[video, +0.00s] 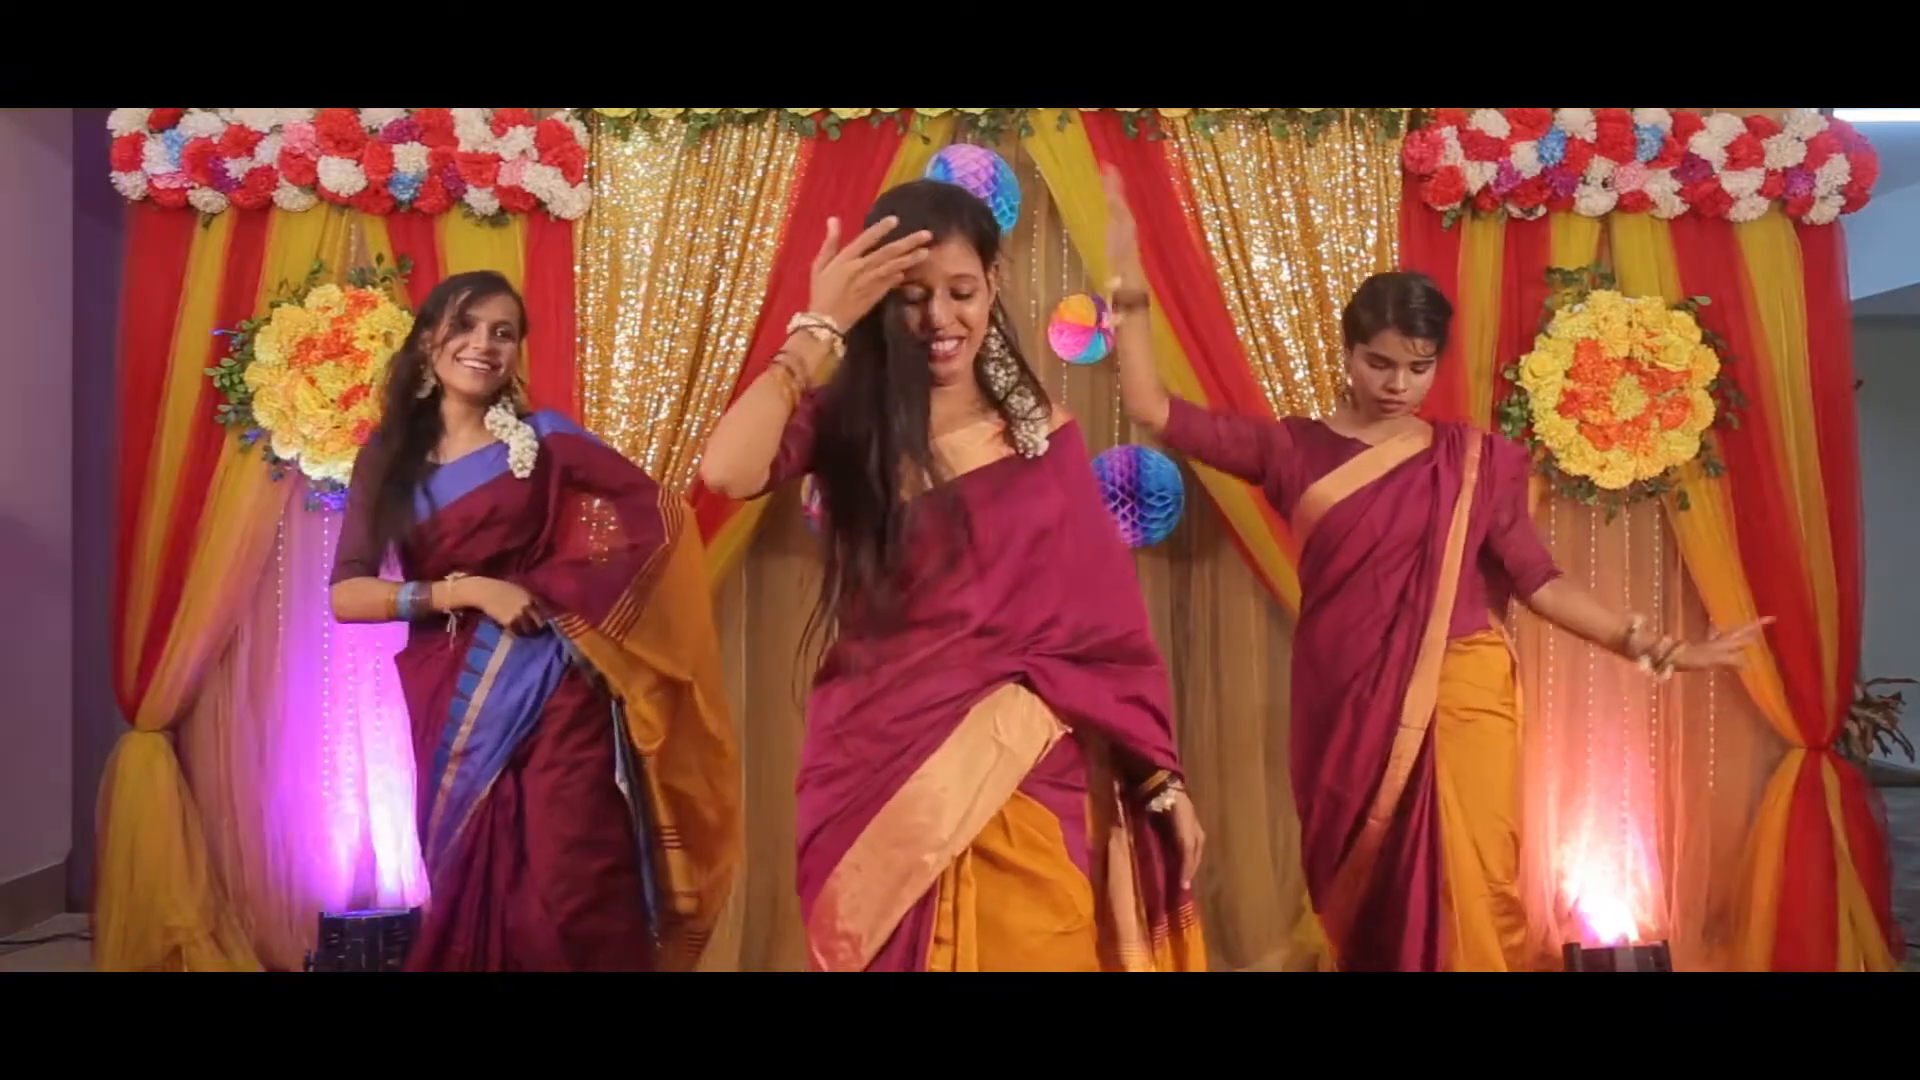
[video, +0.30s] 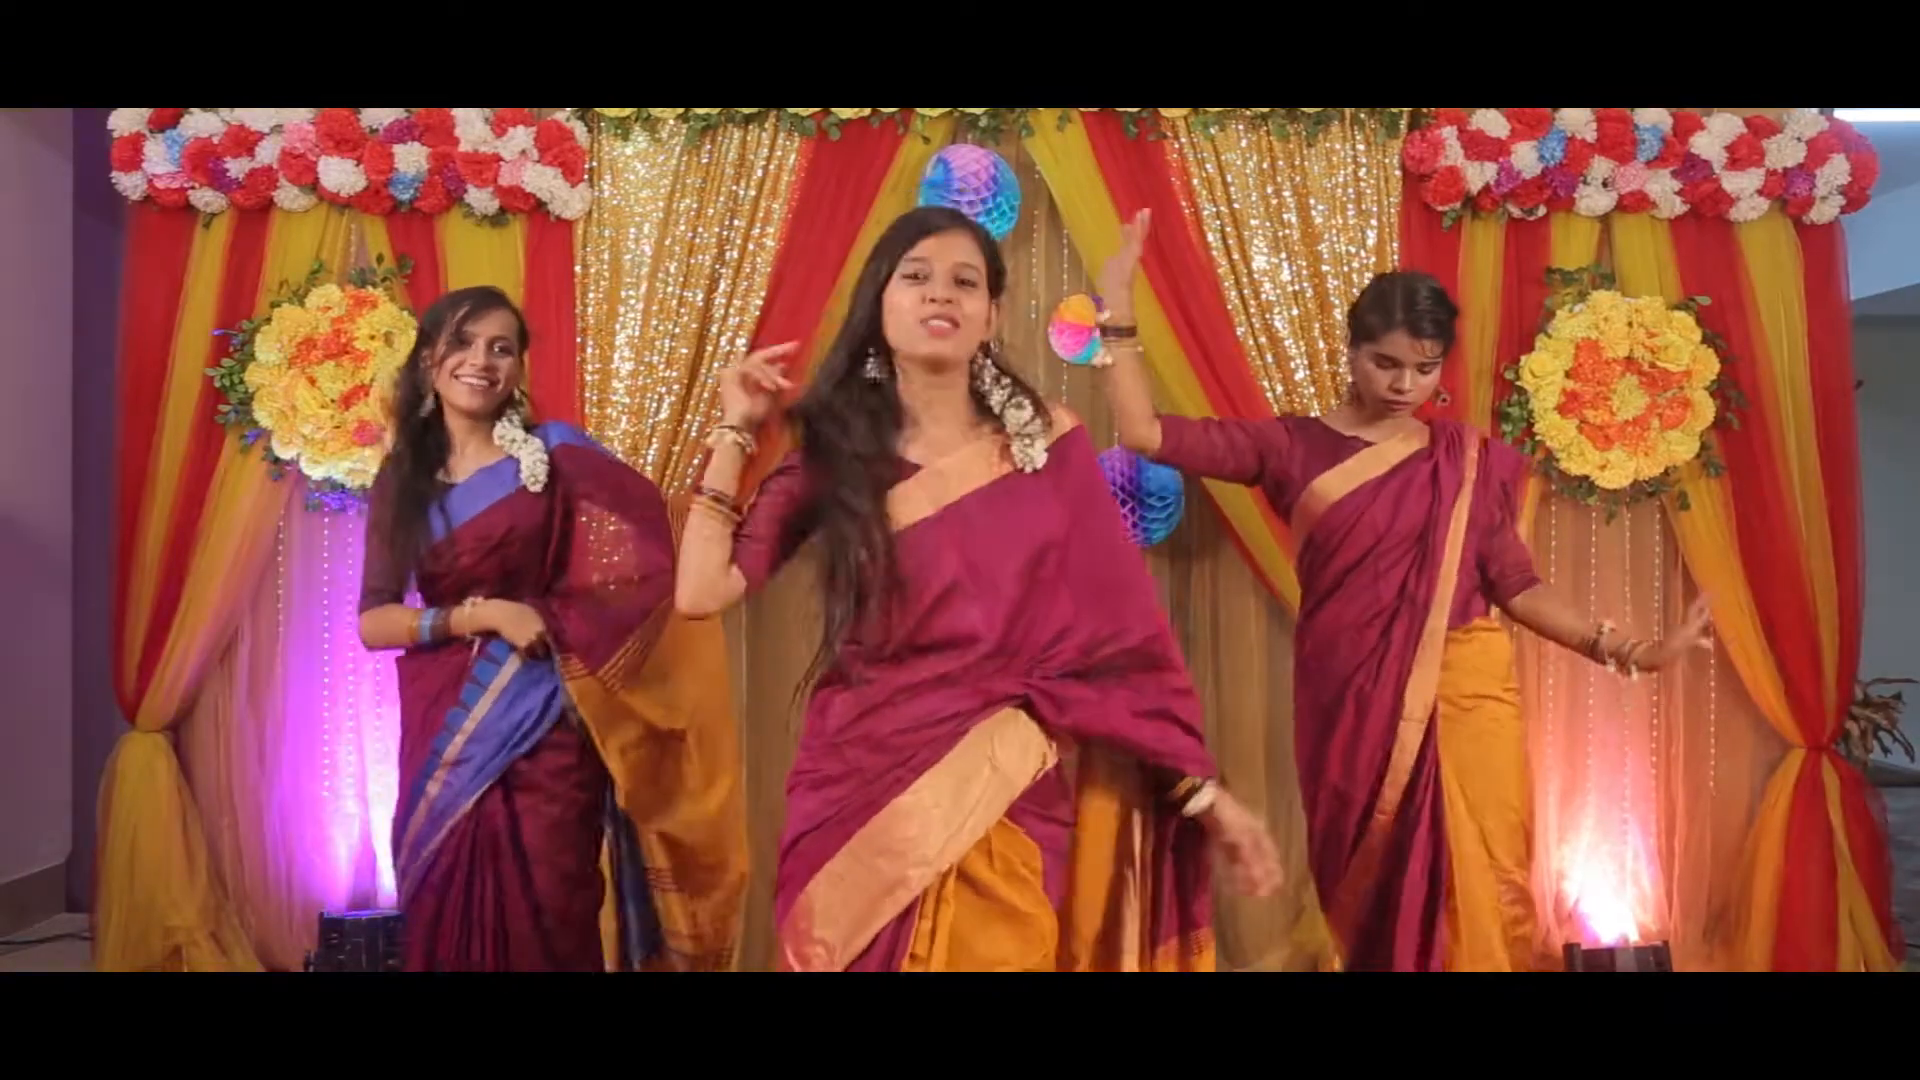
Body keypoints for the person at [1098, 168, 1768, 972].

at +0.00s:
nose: (1398, 385)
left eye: (1417, 367)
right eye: (1380, 363)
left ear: (1439, 364)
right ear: (1345, 354)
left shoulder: (1476, 459)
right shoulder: (1292, 447)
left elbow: (1541, 583)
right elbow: (1153, 411)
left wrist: (1641, 642)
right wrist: (1127, 316)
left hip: (1466, 691)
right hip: (1350, 702)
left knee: (1471, 895)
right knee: (1362, 902)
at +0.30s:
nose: (1402, 384)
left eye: (1422, 368)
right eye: (1386, 363)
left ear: (1443, 362)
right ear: (1349, 348)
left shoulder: (1470, 458)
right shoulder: (1297, 446)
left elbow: (1519, 588)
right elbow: (1143, 432)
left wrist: (1629, 650)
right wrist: (1114, 315)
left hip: (1473, 691)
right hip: (1354, 700)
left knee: (1483, 891)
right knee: (1368, 898)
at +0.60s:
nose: (1406, 385)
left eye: (1424, 367)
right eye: (1387, 364)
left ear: (1443, 366)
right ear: (1350, 363)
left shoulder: (1475, 457)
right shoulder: (1304, 466)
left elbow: (1566, 546)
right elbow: (1171, 499)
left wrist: (1555, 637)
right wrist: (1221, 392)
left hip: (1469, 698)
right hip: (1350, 706)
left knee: (1469, 896)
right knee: (1352, 905)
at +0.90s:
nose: (1405, 370)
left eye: (1424, 352)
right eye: (1387, 350)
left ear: (1443, 353)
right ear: (1351, 348)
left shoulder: (1483, 445)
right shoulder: (1311, 450)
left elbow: (1570, 541)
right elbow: (1201, 484)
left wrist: (1549, 633)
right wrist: (1277, 380)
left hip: (1468, 697)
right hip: (1350, 710)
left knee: (1477, 900)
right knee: (1358, 908)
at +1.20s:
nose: (1411, 356)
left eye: (1430, 340)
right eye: (1392, 336)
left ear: (1451, 346)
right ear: (1360, 337)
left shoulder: (1493, 440)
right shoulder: (1321, 447)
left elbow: (1564, 542)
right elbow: (1243, 541)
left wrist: (1561, 630)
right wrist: (1280, 426)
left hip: (1480, 693)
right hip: (1363, 702)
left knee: (1488, 901)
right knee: (1366, 910)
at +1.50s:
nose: (1415, 365)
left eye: (1434, 349)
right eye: (1396, 345)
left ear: (1453, 358)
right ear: (1360, 352)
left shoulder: (1503, 456)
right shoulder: (1320, 479)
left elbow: (1531, 612)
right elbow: (1304, 623)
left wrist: (1579, 737)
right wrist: (1290, 696)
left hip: (1481, 729)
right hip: (1361, 735)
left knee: (1475, 933)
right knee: (1365, 935)